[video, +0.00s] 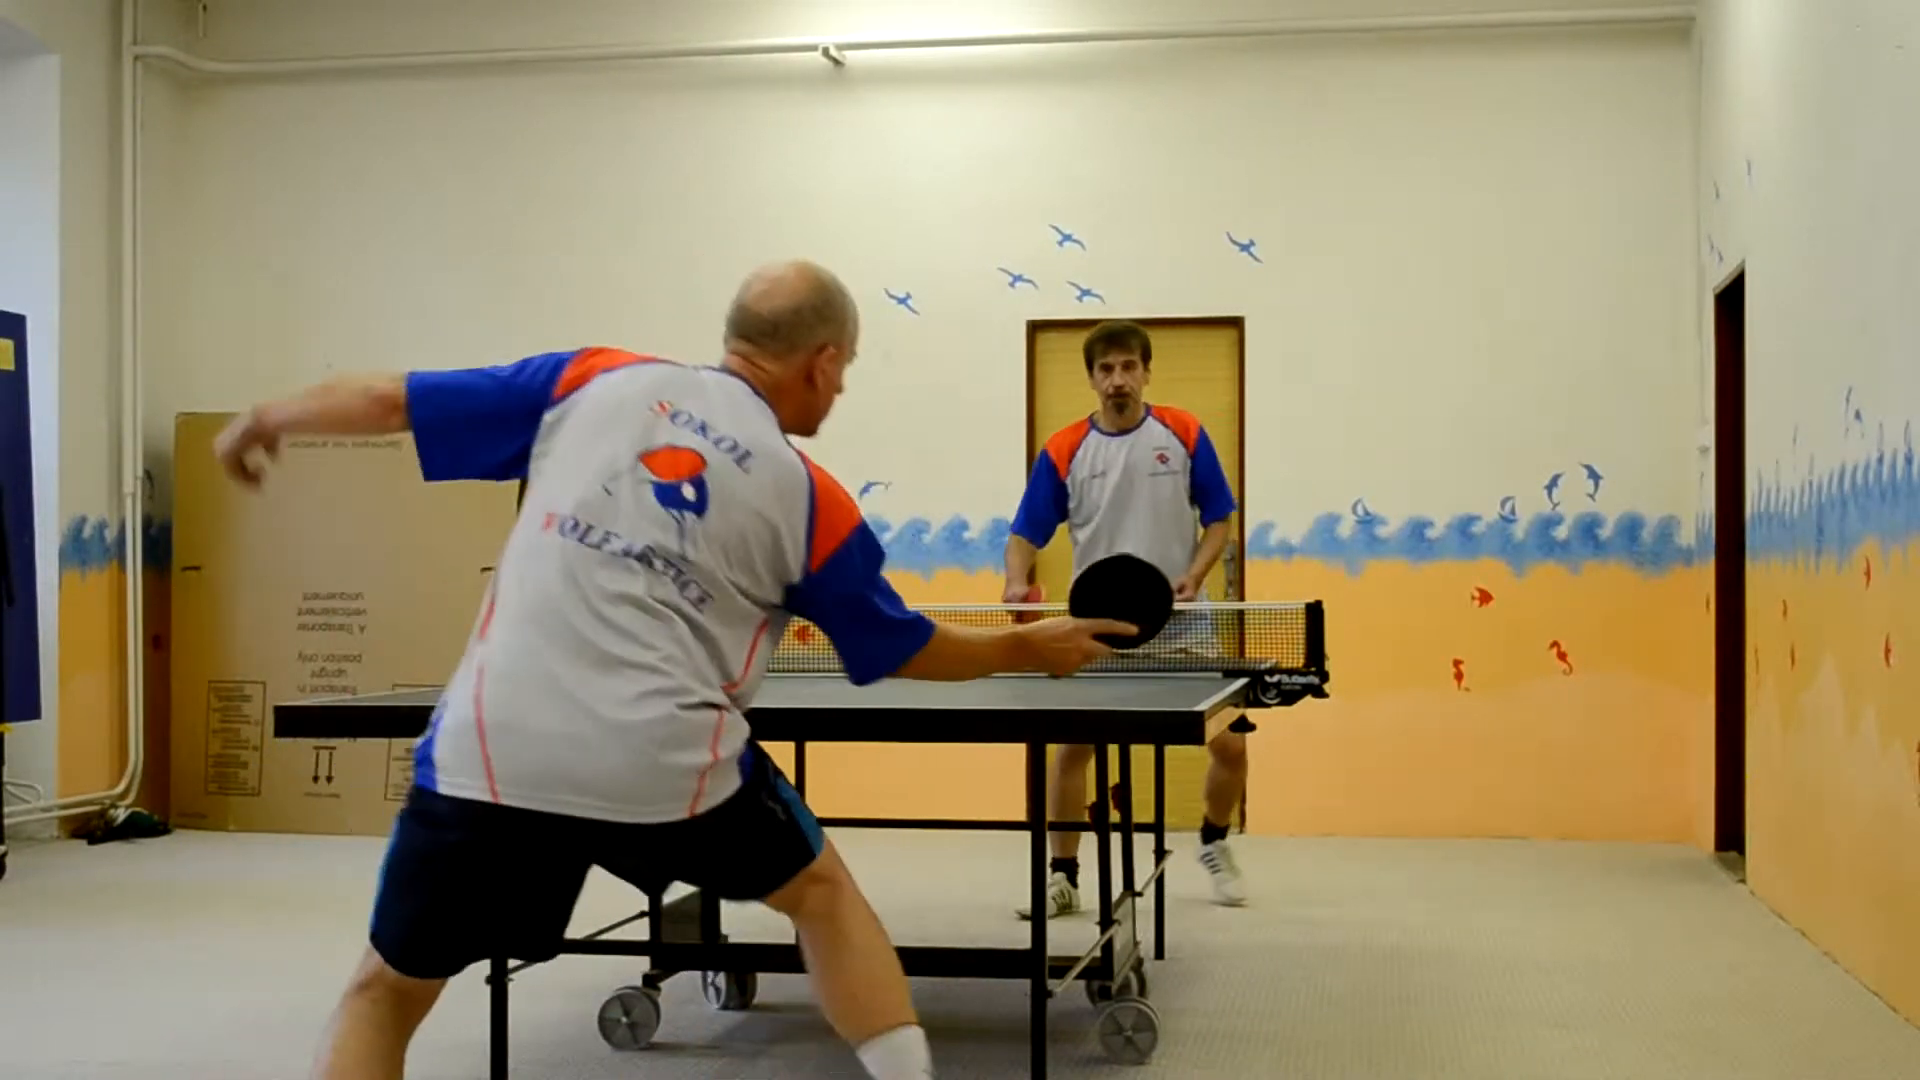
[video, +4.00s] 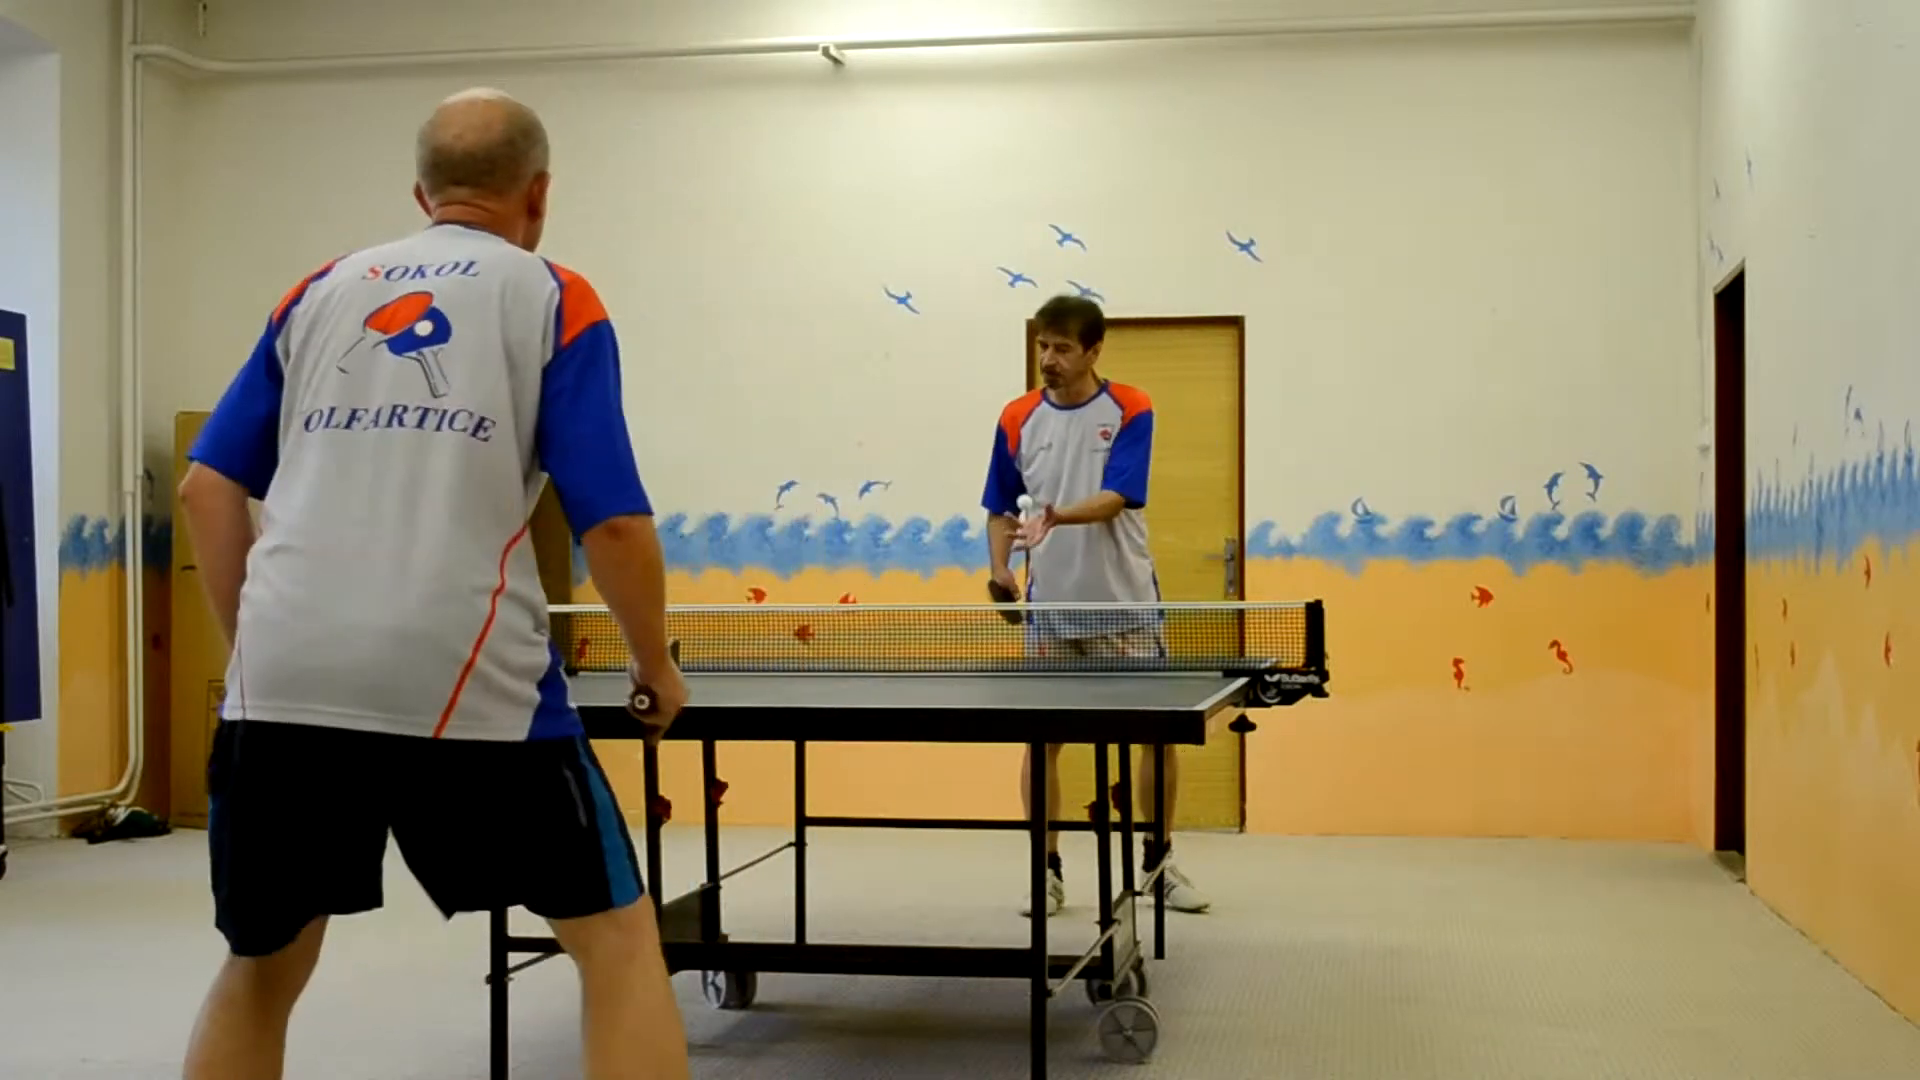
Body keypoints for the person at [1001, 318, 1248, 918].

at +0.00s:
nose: (1117, 379)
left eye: (1127, 367)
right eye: (1105, 370)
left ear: (1145, 371)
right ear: (1091, 377)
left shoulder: (1183, 433)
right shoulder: (1064, 449)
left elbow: (1220, 517)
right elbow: (1025, 533)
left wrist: (1194, 573)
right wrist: (1017, 580)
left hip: (1178, 622)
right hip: (1094, 626)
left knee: (1231, 744)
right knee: (1072, 745)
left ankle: (1214, 844)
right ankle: (1062, 875)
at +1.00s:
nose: (1305, 404)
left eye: (1320, 396)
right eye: (1303, 393)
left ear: (1349, 410)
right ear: (1296, 398)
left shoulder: (1371, 482)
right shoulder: (1265, 452)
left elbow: (1442, 520)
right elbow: (1221, 454)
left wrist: (1513, 519)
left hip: (1293, 657)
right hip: (1213, 646)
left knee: (1353, 760)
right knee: (1149, 759)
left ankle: (1361, 890)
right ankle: (1102, 862)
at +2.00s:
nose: (1218, 368)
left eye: (1230, 356)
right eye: (1213, 359)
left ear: (1268, 360)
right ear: (1214, 366)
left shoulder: (1316, 428)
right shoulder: (1204, 440)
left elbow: (1359, 512)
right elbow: (1182, 535)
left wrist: (1363, 588)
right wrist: (1155, 610)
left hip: (1301, 616)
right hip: (1225, 618)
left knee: (1317, 750)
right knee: (1158, 729)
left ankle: (1355, 879)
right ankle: (1136, 864)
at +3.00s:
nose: (1116, 346)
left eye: (1127, 334)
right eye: (1105, 336)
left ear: (1149, 340)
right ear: (1094, 345)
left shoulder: (1193, 407)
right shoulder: (1076, 424)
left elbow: (1234, 498)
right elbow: (1075, 524)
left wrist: (1230, 583)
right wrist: (1085, 605)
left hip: (1186, 610)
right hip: (1114, 615)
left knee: (1185, 741)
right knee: (1120, 747)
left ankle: (1182, 872)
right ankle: (1143, 871)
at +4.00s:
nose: (1049, 359)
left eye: (1061, 349)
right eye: (1043, 348)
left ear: (1093, 350)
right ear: (1037, 347)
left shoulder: (1130, 409)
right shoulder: (1017, 418)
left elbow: (1117, 499)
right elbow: (1001, 504)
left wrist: (1056, 514)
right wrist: (997, 566)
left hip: (1123, 603)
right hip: (1048, 608)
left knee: (1156, 732)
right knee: (1041, 737)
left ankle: (1158, 864)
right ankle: (1046, 867)